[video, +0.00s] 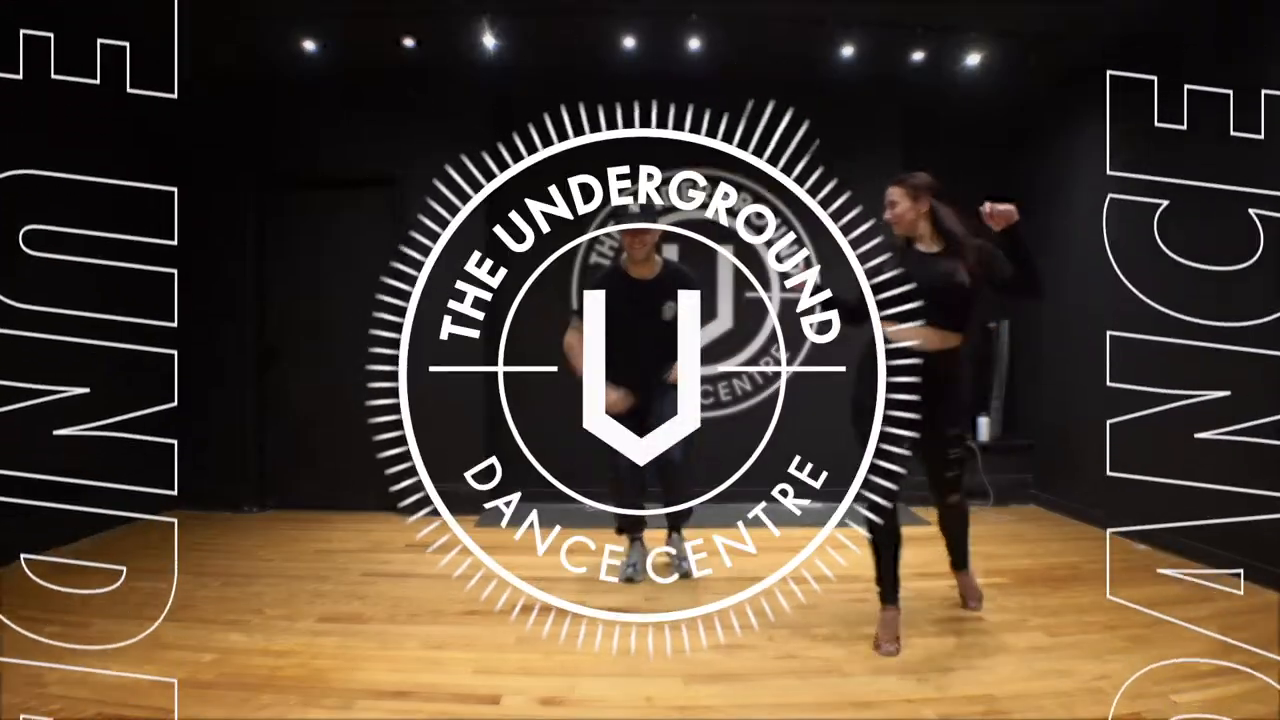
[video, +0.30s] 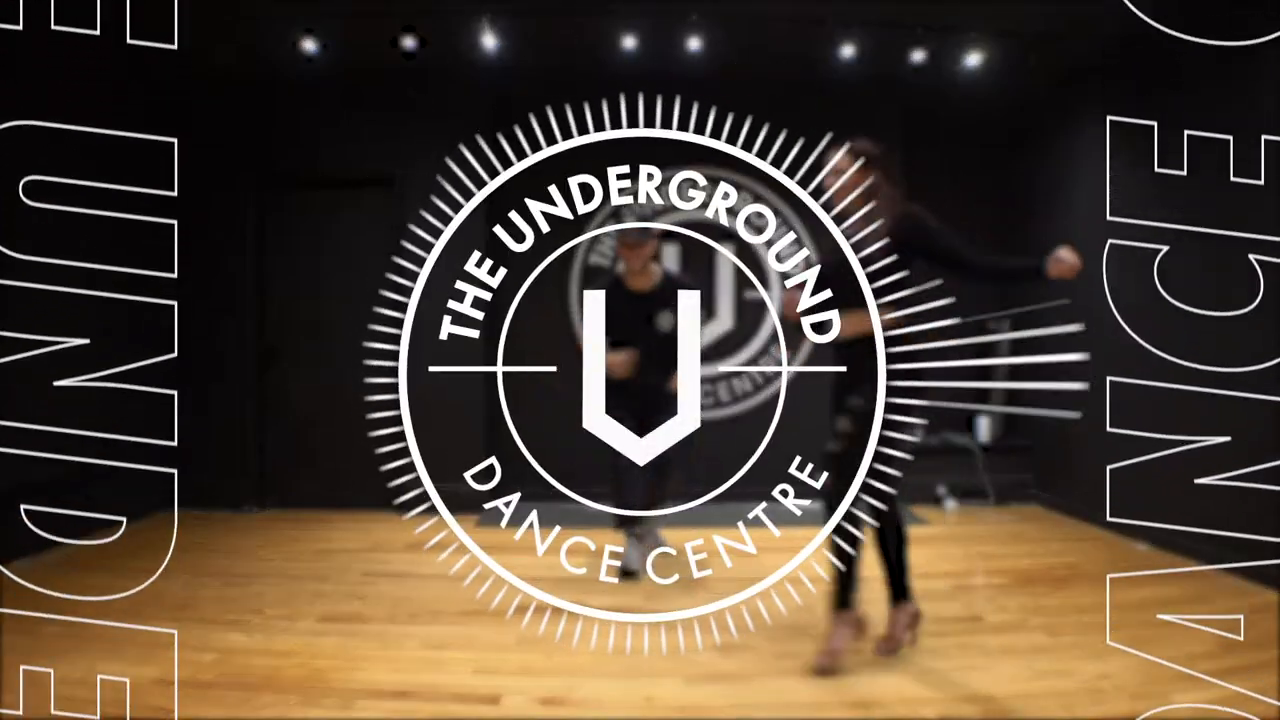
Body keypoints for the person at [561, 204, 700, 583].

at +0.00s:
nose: (636, 240)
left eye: (644, 233)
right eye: (629, 233)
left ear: (659, 235)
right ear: (620, 237)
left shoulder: (680, 281)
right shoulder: (605, 283)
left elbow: (698, 332)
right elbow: (573, 340)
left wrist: (685, 365)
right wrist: (601, 387)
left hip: (666, 385)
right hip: (618, 388)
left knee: (673, 458)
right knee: (624, 463)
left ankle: (677, 538)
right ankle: (634, 544)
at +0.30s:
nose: (632, 253)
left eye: (639, 245)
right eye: (626, 246)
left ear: (654, 246)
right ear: (618, 249)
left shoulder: (677, 291)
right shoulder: (606, 292)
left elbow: (691, 340)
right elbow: (588, 339)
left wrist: (683, 374)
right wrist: (606, 357)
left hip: (662, 388)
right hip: (620, 390)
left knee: (659, 457)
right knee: (626, 459)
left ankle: (648, 525)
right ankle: (633, 537)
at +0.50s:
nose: (652, 261)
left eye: (656, 253)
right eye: (644, 254)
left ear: (663, 255)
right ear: (631, 257)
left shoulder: (680, 295)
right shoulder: (617, 300)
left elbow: (691, 341)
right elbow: (625, 359)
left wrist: (682, 374)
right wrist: (679, 352)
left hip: (664, 391)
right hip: (626, 394)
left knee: (660, 458)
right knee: (632, 460)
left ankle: (642, 530)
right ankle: (639, 532)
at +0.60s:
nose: (682, 256)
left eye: (686, 250)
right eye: (674, 248)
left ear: (690, 255)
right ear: (654, 249)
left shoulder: (681, 296)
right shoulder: (632, 297)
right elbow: (632, 357)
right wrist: (686, 341)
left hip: (662, 391)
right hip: (629, 393)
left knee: (659, 458)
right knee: (638, 458)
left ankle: (639, 532)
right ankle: (642, 532)